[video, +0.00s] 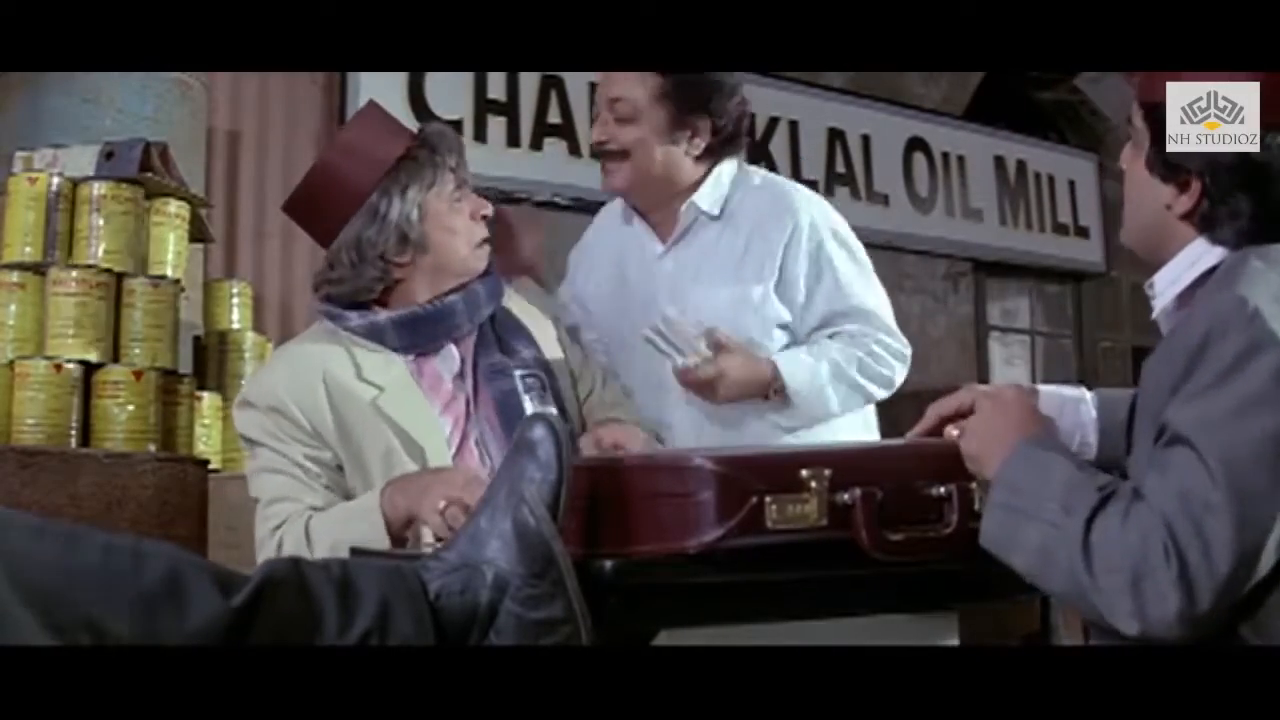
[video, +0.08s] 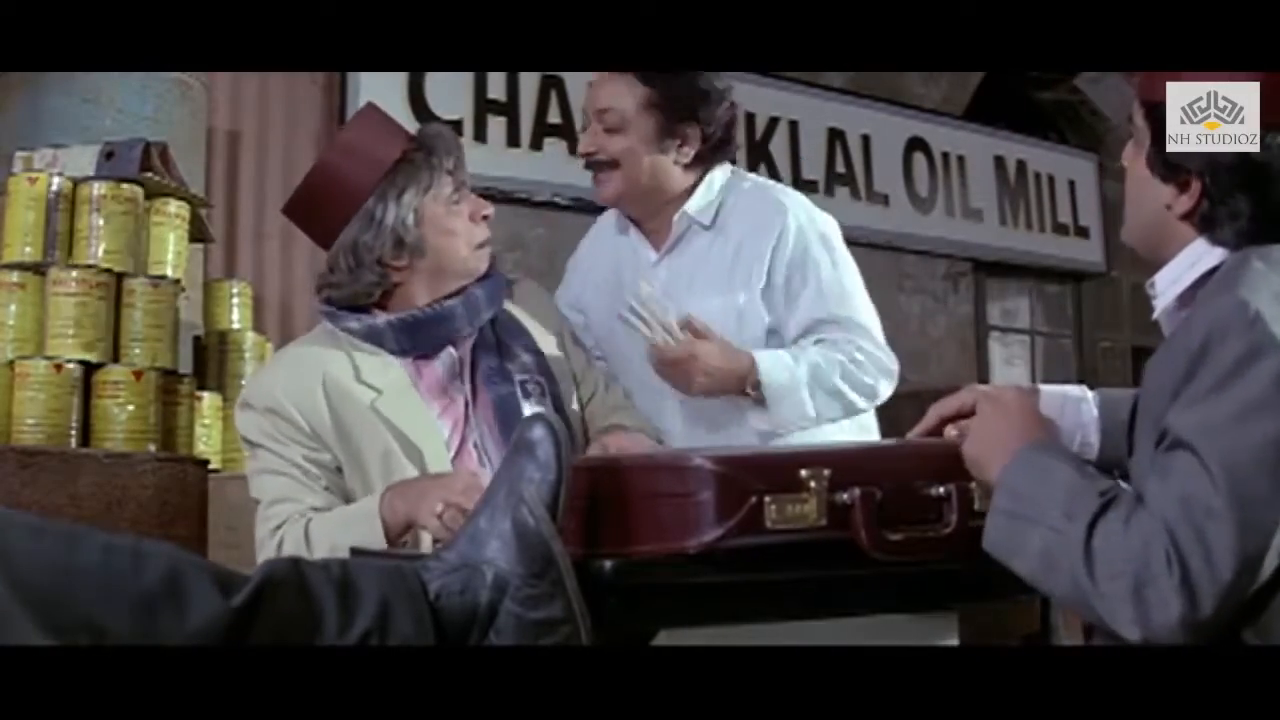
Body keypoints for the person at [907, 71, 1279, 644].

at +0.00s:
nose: (1121, 160)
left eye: (1136, 141)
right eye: (1131, 138)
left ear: (1183, 190)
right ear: (1183, 187)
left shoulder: (1249, 317)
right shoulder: (1232, 298)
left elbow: (1168, 579)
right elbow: (1196, 427)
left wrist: (1020, 461)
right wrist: (1046, 415)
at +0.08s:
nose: (1124, 157)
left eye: (1138, 140)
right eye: (1133, 136)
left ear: (1183, 190)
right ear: (1183, 187)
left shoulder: (1248, 317)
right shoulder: (1235, 299)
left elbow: (1170, 584)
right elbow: (1205, 427)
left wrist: (1022, 464)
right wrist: (1050, 416)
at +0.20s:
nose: (1124, 156)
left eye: (1138, 138)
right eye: (1133, 134)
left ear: (1186, 189)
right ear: (1186, 187)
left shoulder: (1251, 320)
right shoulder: (1236, 300)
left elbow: (1176, 589)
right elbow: (1205, 425)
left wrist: (1027, 471)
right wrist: (1052, 416)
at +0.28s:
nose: (1126, 156)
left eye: (1140, 137)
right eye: (1135, 134)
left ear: (1187, 188)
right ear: (1187, 186)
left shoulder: (1252, 321)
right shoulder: (1235, 301)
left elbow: (1177, 590)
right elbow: (1204, 422)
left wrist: (1030, 473)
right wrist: (1054, 414)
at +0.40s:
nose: (1120, 159)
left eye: (1136, 140)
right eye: (1130, 137)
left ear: (1190, 191)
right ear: (1191, 190)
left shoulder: (1255, 321)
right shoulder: (1236, 302)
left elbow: (1173, 582)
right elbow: (1205, 420)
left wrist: (1032, 461)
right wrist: (1059, 412)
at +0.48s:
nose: (1103, 164)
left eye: (1119, 148)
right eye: (1114, 143)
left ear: (1171, 200)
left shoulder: (1231, 331)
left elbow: (1134, 552)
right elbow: (1152, 352)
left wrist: (1031, 378)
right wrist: (996, 353)